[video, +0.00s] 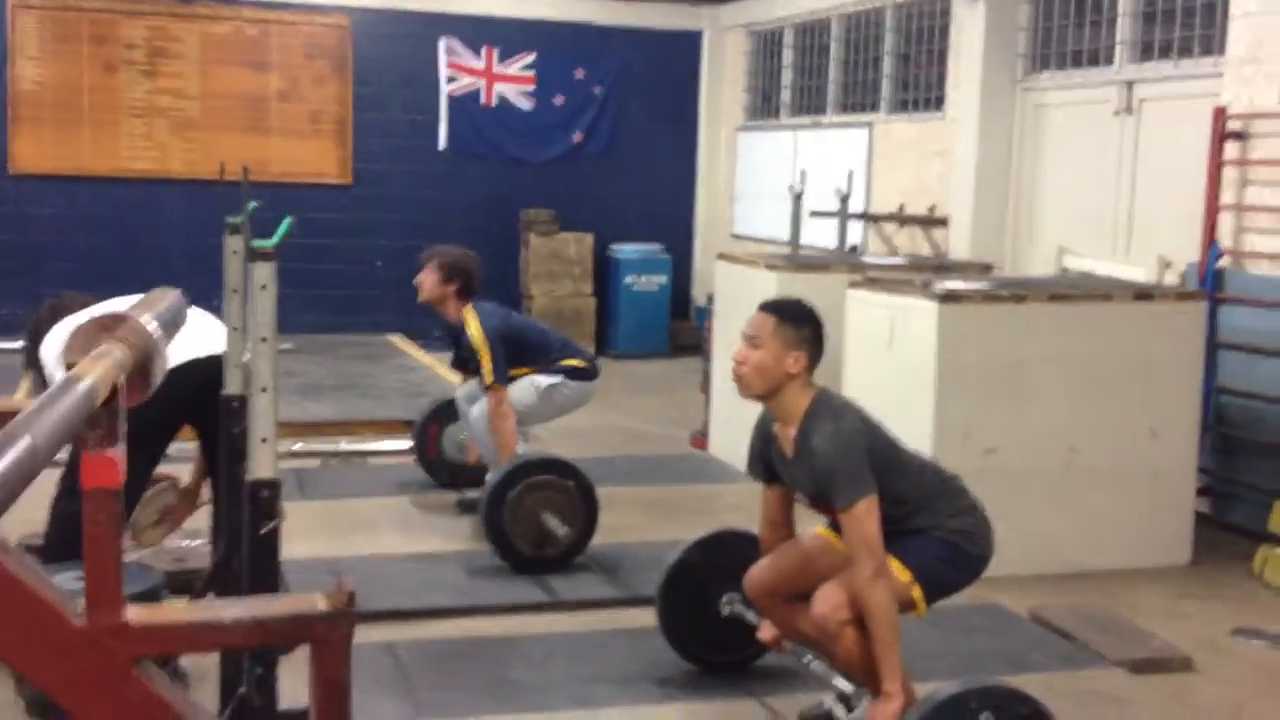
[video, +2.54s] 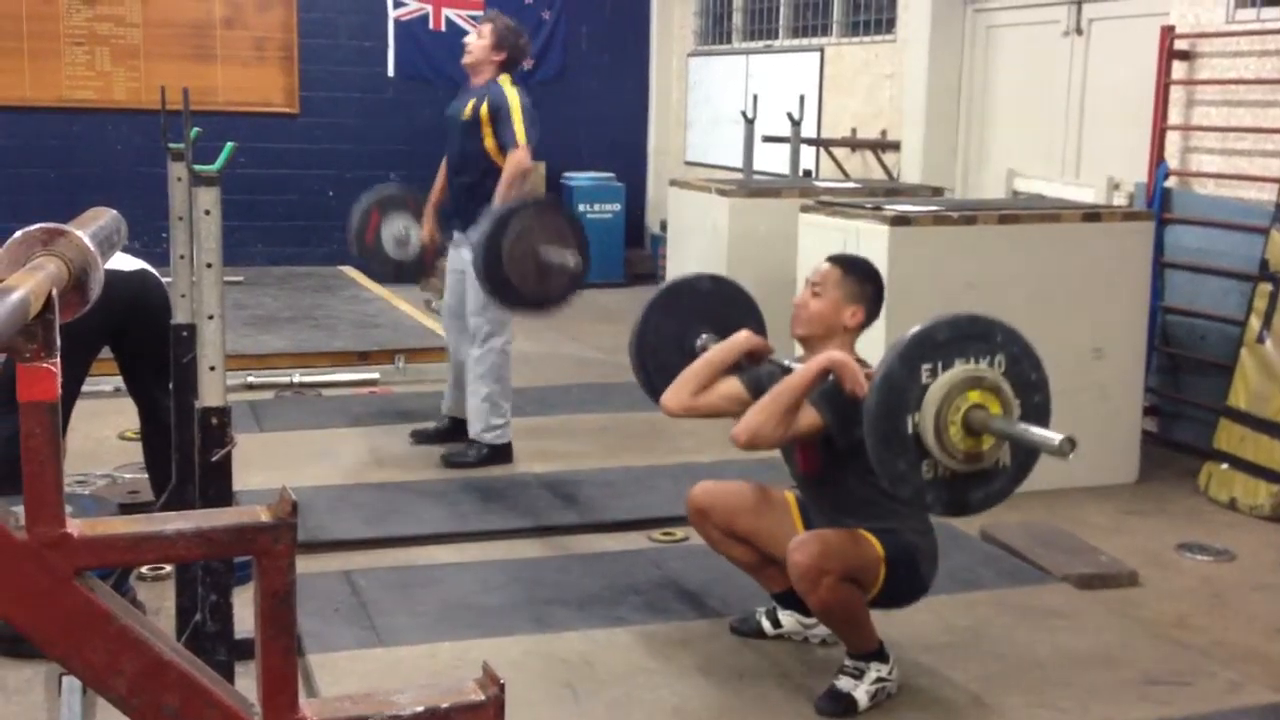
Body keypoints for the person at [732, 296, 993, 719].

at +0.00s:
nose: (737, 357)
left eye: (753, 345)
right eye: (743, 343)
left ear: (796, 363)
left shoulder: (835, 434)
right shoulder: (772, 428)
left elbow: (872, 569)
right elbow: (776, 528)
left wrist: (892, 690)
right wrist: (777, 613)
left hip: (952, 535)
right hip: (888, 524)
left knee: (831, 607)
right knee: (763, 584)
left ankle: (898, 696)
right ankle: (867, 681)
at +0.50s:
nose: (706, 325)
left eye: (722, 313)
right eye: (711, 310)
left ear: (765, 328)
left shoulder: (806, 396)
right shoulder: (743, 393)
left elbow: (843, 532)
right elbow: (751, 496)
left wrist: (868, 651)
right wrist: (758, 576)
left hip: (931, 495)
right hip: (871, 481)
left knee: (805, 565)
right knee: (746, 547)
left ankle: (881, 661)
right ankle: (842, 648)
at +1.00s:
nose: (687, 291)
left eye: (701, 281)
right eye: (690, 278)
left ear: (744, 294)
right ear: (740, 296)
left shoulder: (789, 365)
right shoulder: (729, 360)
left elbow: (824, 500)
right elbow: (733, 463)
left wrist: (845, 620)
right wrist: (734, 548)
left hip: (913, 443)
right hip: (854, 432)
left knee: (797, 529)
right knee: (733, 516)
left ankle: (870, 659)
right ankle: (820, 620)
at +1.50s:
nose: (745, 27)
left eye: (764, 20)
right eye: (750, 17)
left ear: (799, 44)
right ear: (770, 45)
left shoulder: (812, 126)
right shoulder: (750, 127)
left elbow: (815, 254)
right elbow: (731, 229)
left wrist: (820, 363)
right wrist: (715, 314)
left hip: (888, 304)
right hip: (830, 294)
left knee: (841, 450)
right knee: (781, 423)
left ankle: (855, 630)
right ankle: (803, 588)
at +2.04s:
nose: (798, 140)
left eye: (814, 134)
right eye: (806, 131)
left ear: (848, 160)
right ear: (831, 160)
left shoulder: (835, 235)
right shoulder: (780, 232)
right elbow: (661, 252)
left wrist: (802, 210)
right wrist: (714, 194)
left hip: (865, 422)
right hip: (811, 413)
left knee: (773, 541)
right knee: (698, 483)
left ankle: (857, 652)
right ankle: (785, 599)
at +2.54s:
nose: (798, 297)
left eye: (815, 290)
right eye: (804, 287)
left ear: (852, 317)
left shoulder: (855, 388)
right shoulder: (785, 377)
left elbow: (750, 434)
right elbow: (676, 401)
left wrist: (821, 362)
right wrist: (740, 342)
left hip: (898, 542)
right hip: (822, 519)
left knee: (808, 555)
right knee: (705, 502)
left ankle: (871, 662)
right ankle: (802, 611)